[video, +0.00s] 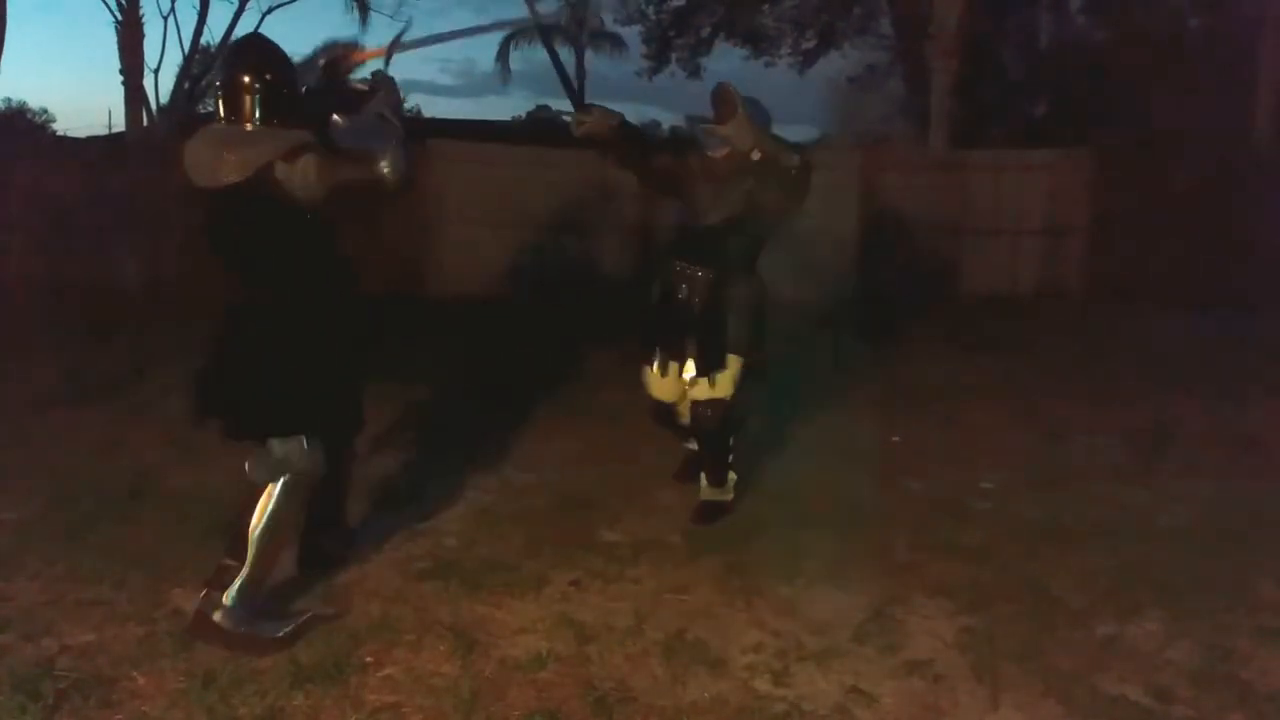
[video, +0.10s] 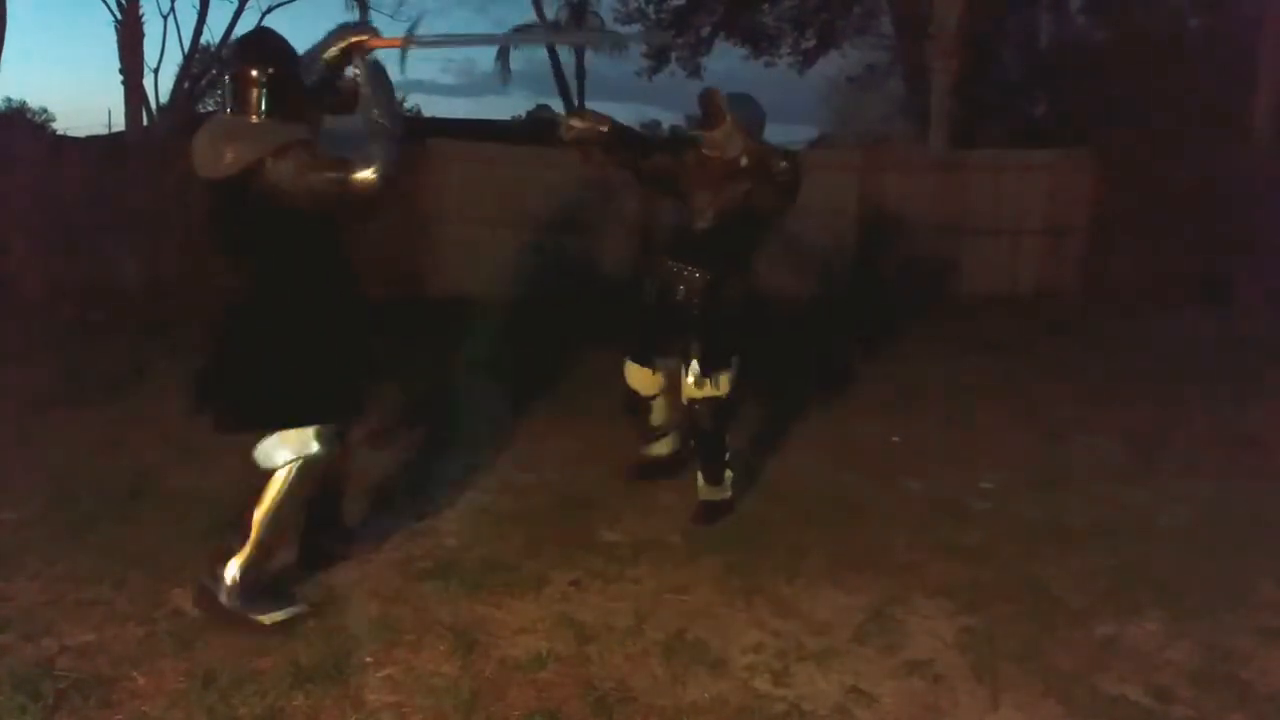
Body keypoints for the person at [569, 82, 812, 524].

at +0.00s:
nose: (715, 150)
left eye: (725, 142)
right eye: (711, 140)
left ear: (747, 144)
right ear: (704, 138)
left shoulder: (763, 186)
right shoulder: (687, 171)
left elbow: (796, 175)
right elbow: (646, 158)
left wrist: (758, 143)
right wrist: (613, 133)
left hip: (729, 288)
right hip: (677, 280)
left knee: (711, 399)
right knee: (663, 388)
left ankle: (719, 486)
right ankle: (698, 445)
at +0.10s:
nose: (707, 135)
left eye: (719, 128)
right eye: (706, 126)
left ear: (744, 134)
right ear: (702, 127)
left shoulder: (762, 179)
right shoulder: (686, 162)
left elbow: (781, 187)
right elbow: (642, 153)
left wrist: (751, 149)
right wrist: (604, 133)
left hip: (717, 289)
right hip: (665, 280)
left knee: (705, 393)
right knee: (642, 374)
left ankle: (715, 489)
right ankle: (663, 447)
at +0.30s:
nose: (705, 143)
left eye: (715, 134)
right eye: (701, 134)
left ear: (735, 137)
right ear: (695, 135)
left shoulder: (751, 182)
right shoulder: (672, 168)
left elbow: (762, 214)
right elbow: (629, 159)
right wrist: (586, 144)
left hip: (701, 293)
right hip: (650, 283)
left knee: (695, 395)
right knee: (624, 381)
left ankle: (714, 490)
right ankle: (629, 465)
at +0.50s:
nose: (680, 150)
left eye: (693, 141)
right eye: (678, 141)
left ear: (717, 143)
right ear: (673, 141)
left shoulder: (729, 185)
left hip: (687, 289)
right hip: (631, 279)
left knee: (686, 394)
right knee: (614, 384)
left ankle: (712, 490)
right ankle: (628, 467)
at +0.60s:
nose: (677, 142)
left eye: (688, 132)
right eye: (673, 133)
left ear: (711, 133)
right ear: (669, 132)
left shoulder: (732, 172)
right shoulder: (654, 163)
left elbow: (739, 209)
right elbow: (608, 143)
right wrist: (564, 131)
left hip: (687, 285)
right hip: (635, 279)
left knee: (683, 390)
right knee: (616, 383)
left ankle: (712, 487)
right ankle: (629, 467)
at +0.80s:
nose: (662, 138)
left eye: (675, 129)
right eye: (659, 130)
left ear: (697, 133)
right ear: (658, 132)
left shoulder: (714, 171)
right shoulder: (652, 166)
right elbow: (612, 186)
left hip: (686, 285)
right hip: (638, 280)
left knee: (680, 395)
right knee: (626, 383)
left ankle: (716, 486)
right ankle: (631, 467)